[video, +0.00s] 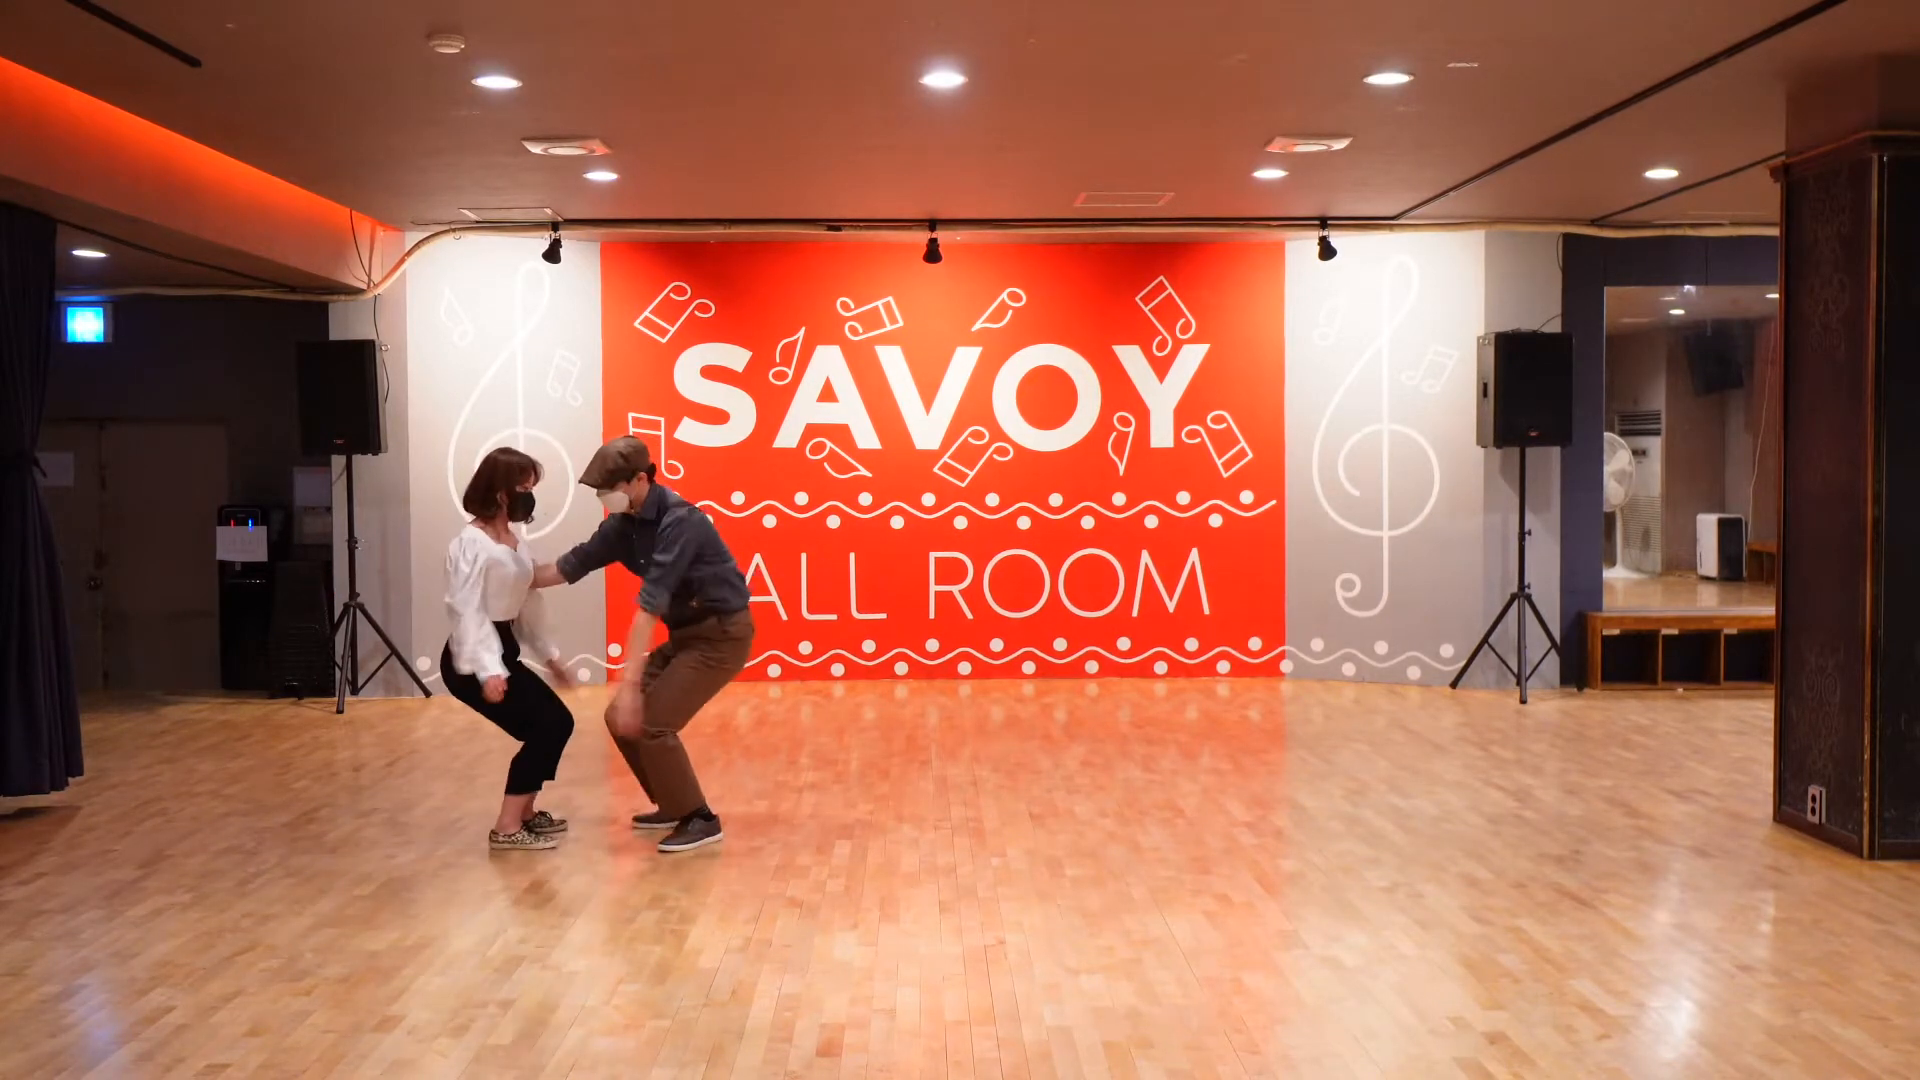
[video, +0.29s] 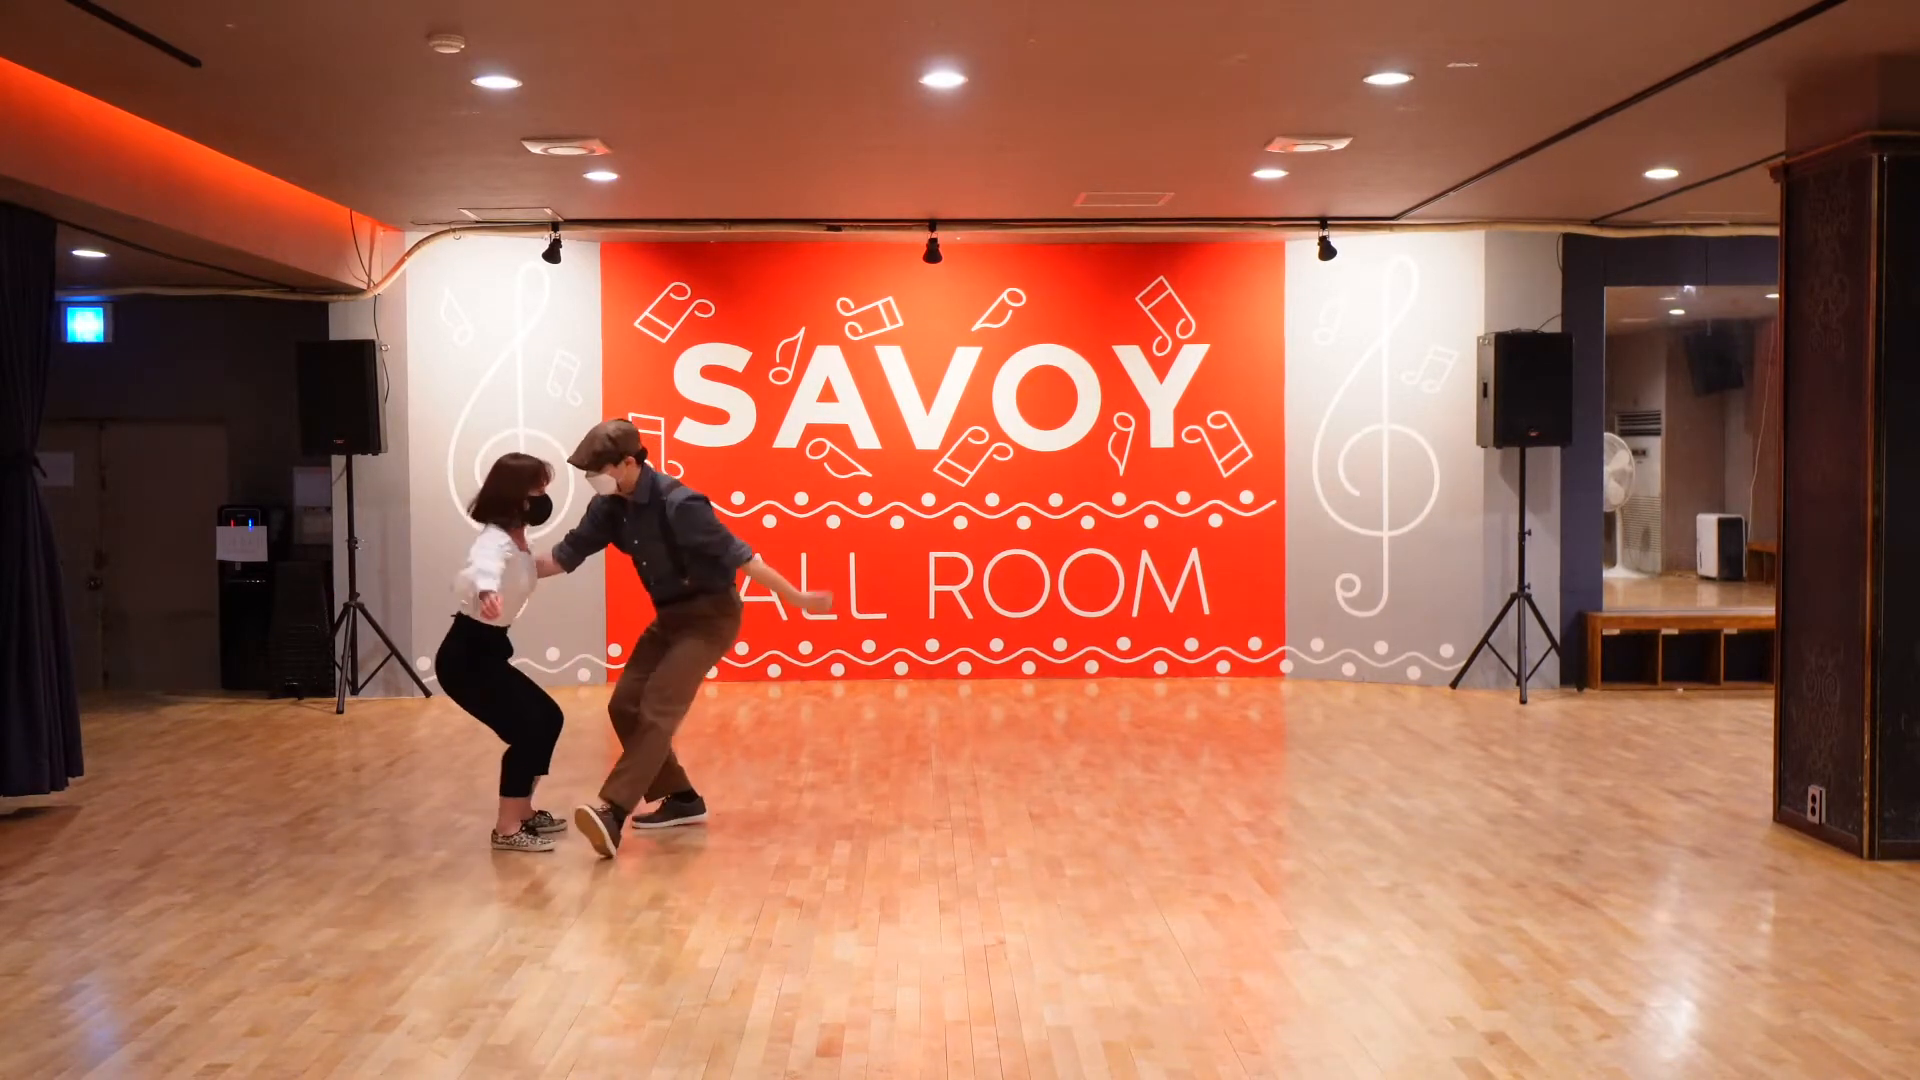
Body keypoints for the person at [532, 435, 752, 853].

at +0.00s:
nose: (603, 500)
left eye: (609, 490)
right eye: (600, 492)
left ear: (638, 481)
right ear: (626, 485)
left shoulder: (680, 521)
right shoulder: (622, 526)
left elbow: (650, 609)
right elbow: (564, 569)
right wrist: (503, 575)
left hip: (722, 636)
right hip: (686, 637)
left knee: (650, 723)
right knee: (621, 716)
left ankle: (700, 818)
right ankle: (675, 806)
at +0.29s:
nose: (592, 482)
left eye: (596, 473)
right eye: (589, 474)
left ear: (626, 465)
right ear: (617, 468)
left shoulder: (680, 505)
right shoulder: (609, 507)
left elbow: (743, 558)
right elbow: (563, 557)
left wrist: (798, 597)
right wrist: (508, 567)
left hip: (711, 613)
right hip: (670, 617)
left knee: (660, 702)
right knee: (626, 704)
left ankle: (613, 815)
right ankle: (682, 797)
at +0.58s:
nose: (601, 500)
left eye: (606, 491)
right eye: (598, 492)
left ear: (635, 478)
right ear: (622, 482)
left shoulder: (687, 519)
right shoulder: (616, 520)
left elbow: (722, 597)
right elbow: (567, 567)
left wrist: (746, 664)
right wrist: (506, 572)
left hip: (704, 637)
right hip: (668, 638)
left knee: (629, 708)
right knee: (608, 720)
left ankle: (681, 807)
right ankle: (673, 801)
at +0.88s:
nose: (610, 507)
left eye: (615, 498)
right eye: (606, 498)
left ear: (644, 486)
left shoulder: (687, 525)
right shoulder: (629, 523)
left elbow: (649, 605)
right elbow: (570, 565)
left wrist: (580, 638)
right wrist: (524, 559)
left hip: (713, 642)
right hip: (674, 641)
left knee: (633, 718)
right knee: (606, 716)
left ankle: (680, 819)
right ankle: (678, 795)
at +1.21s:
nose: (606, 485)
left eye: (612, 478)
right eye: (602, 477)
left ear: (640, 468)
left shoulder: (682, 489)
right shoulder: (621, 495)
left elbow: (693, 564)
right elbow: (581, 548)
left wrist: (627, 537)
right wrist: (536, 542)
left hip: (713, 612)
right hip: (672, 614)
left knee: (645, 698)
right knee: (612, 695)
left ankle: (676, 810)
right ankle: (669, 780)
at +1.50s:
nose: (609, 481)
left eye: (617, 472)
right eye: (607, 472)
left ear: (647, 468)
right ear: (625, 470)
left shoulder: (689, 513)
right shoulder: (615, 510)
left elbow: (724, 585)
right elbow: (593, 562)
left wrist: (666, 618)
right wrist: (556, 553)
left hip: (706, 622)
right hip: (656, 623)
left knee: (655, 700)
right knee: (625, 714)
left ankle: (646, 817)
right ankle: (665, 805)